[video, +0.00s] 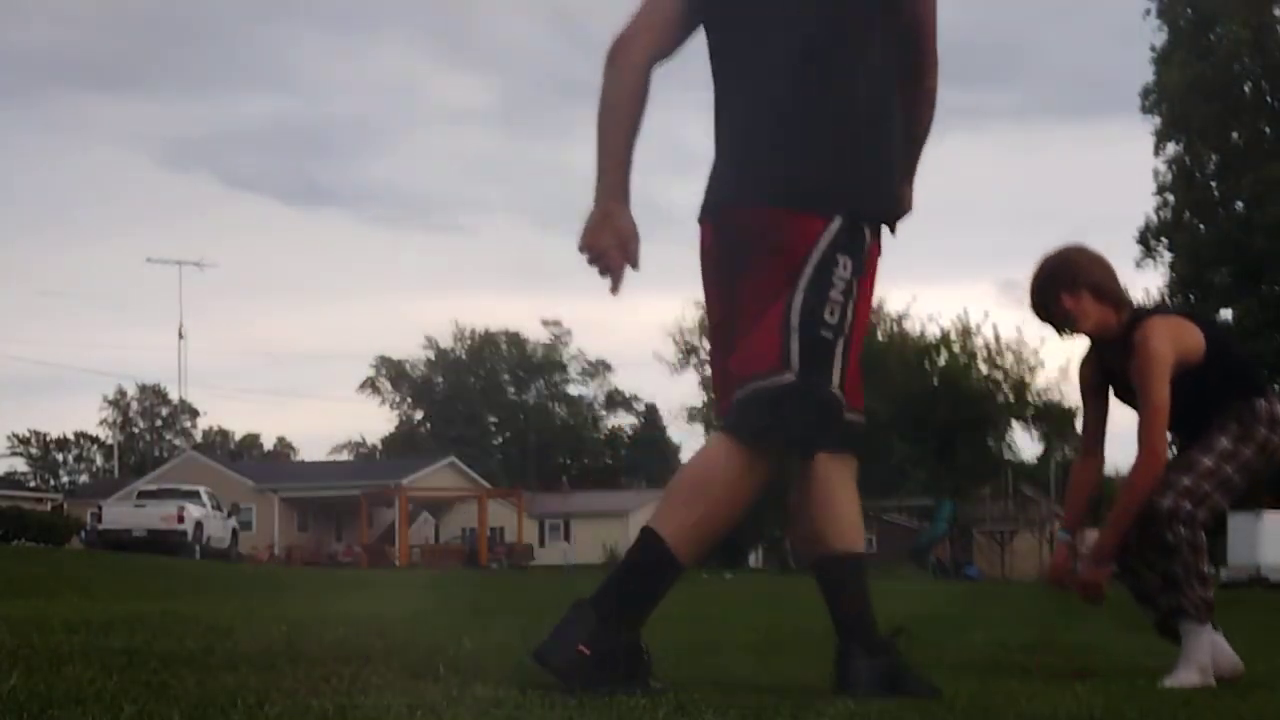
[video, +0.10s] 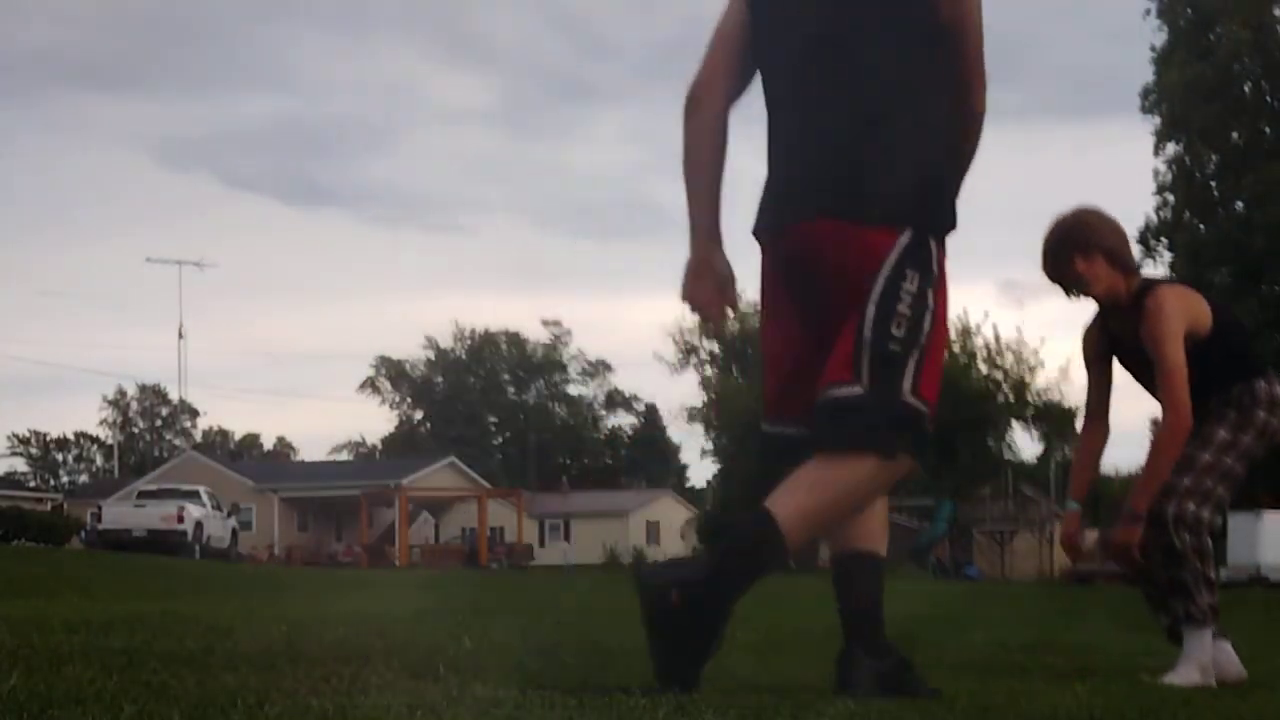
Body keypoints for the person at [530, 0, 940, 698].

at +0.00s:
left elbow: (630, 50)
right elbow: (921, 71)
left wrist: (610, 201)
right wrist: (900, 176)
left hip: (742, 195)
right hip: (832, 200)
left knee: (826, 433)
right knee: (760, 429)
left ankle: (863, 653)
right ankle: (601, 630)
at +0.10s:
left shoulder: (767, 5)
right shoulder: (952, 7)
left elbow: (706, 96)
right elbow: (970, 102)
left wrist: (704, 244)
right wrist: (929, 203)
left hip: (792, 218)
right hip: (895, 219)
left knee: (854, 439)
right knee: (885, 442)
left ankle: (866, 653)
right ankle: (702, 589)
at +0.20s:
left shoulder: (809, 7)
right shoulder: (983, 2)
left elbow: (771, 130)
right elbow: (1020, 108)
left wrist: (801, 250)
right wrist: (995, 212)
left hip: (836, 226)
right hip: (943, 219)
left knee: (863, 453)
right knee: (992, 432)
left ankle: (870, 650)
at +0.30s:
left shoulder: (855, 8)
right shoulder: (1023, 0)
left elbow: (830, 138)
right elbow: (1071, 108)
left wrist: (879, 224)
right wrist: (1062, 220)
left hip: (887, 233)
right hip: (1000, 220)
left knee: (892, 444)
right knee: (1078, 425)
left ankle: (869, 653)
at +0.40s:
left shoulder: (908, 9)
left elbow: (884, 152)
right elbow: (1131, 107)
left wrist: (946, 223)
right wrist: (1145, 247)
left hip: (938, 233)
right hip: (1053, 222)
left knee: (916, 448)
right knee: (1152, 428)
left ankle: (873, 654)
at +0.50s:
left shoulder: (973, 10)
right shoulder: (1142, 1)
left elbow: (934, 165)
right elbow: (1199, 116)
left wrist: (1008, 236)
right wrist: (1238, 253)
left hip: (996, 251)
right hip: (1118, 241)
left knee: (947, 456)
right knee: (1214, 458)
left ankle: (878, 656)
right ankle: (1272, 648)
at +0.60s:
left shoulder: (1045, 21)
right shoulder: (1218, 8)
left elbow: (984, 180)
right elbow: (1270, 121)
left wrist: (1031, 270)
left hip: (1074, 271)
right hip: (1199, 264)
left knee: (1006, 466)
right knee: (1263, 477)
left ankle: (906, 634)